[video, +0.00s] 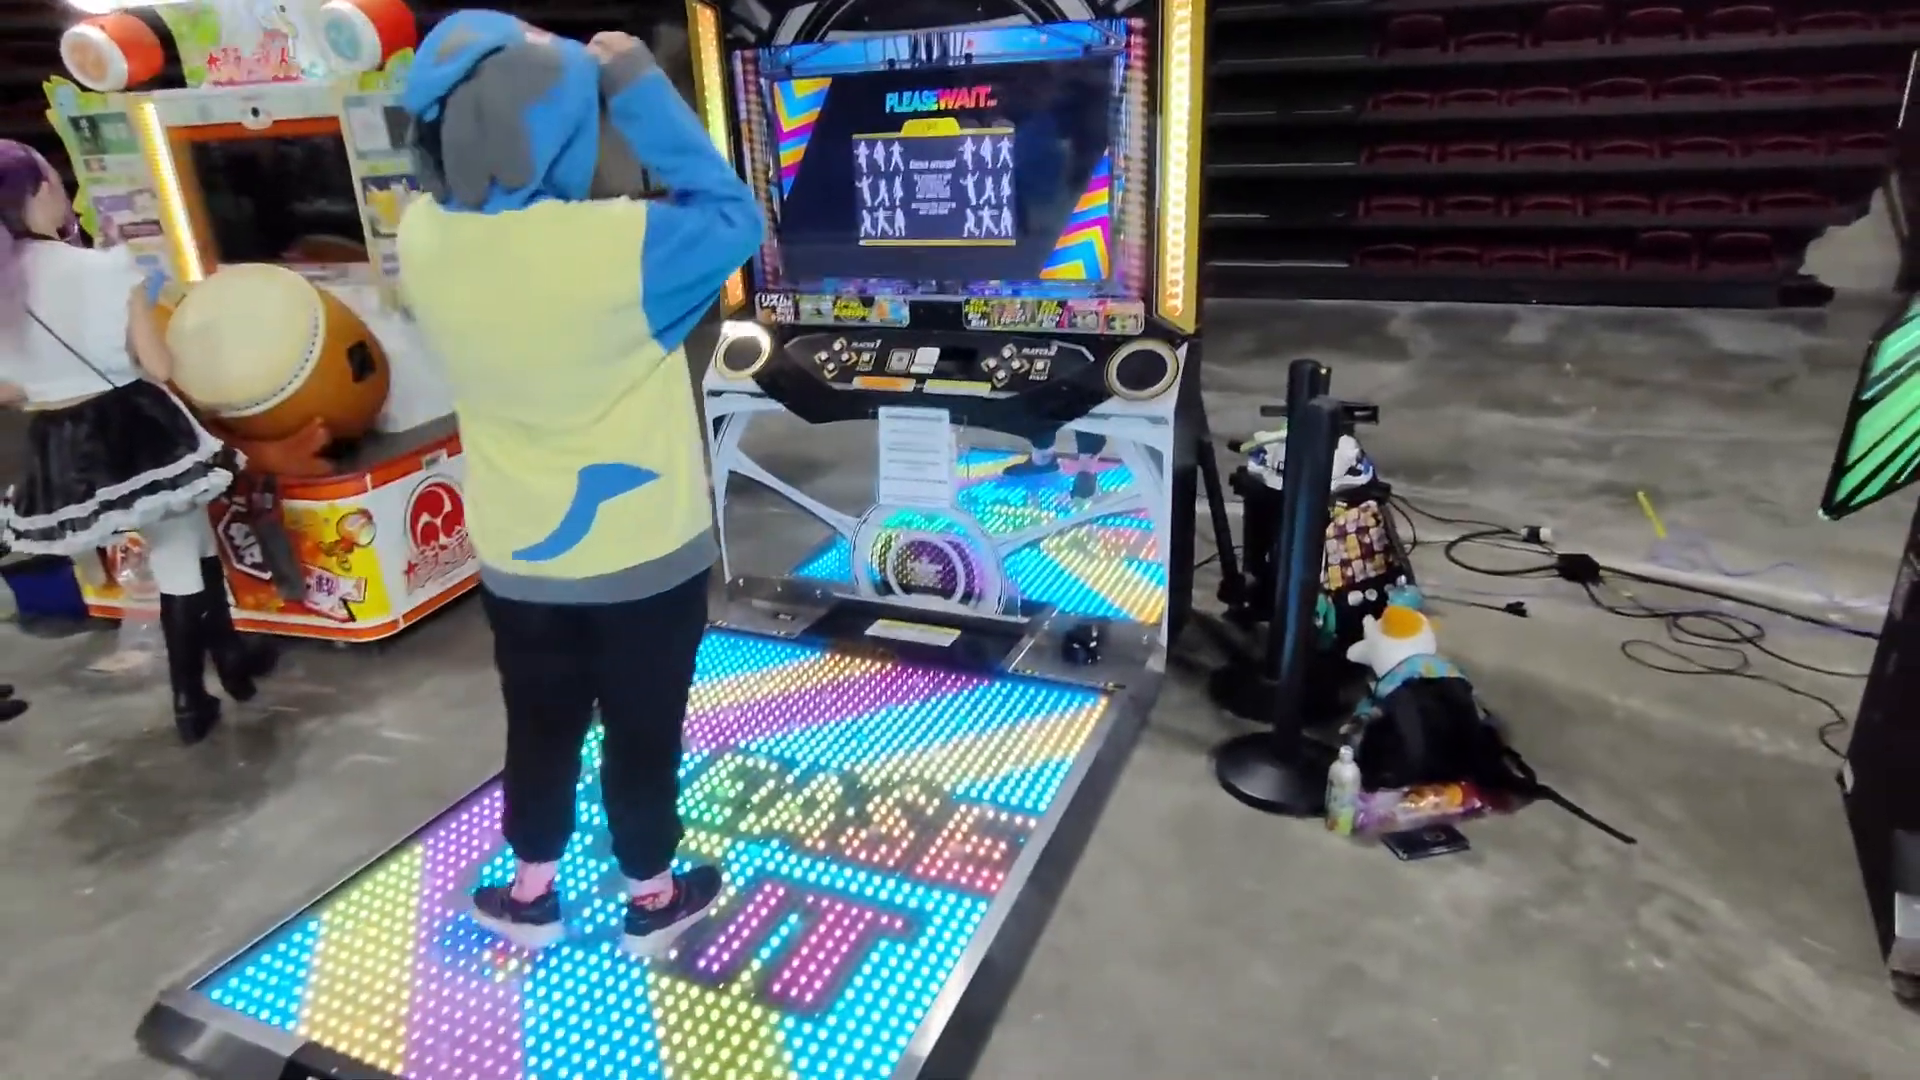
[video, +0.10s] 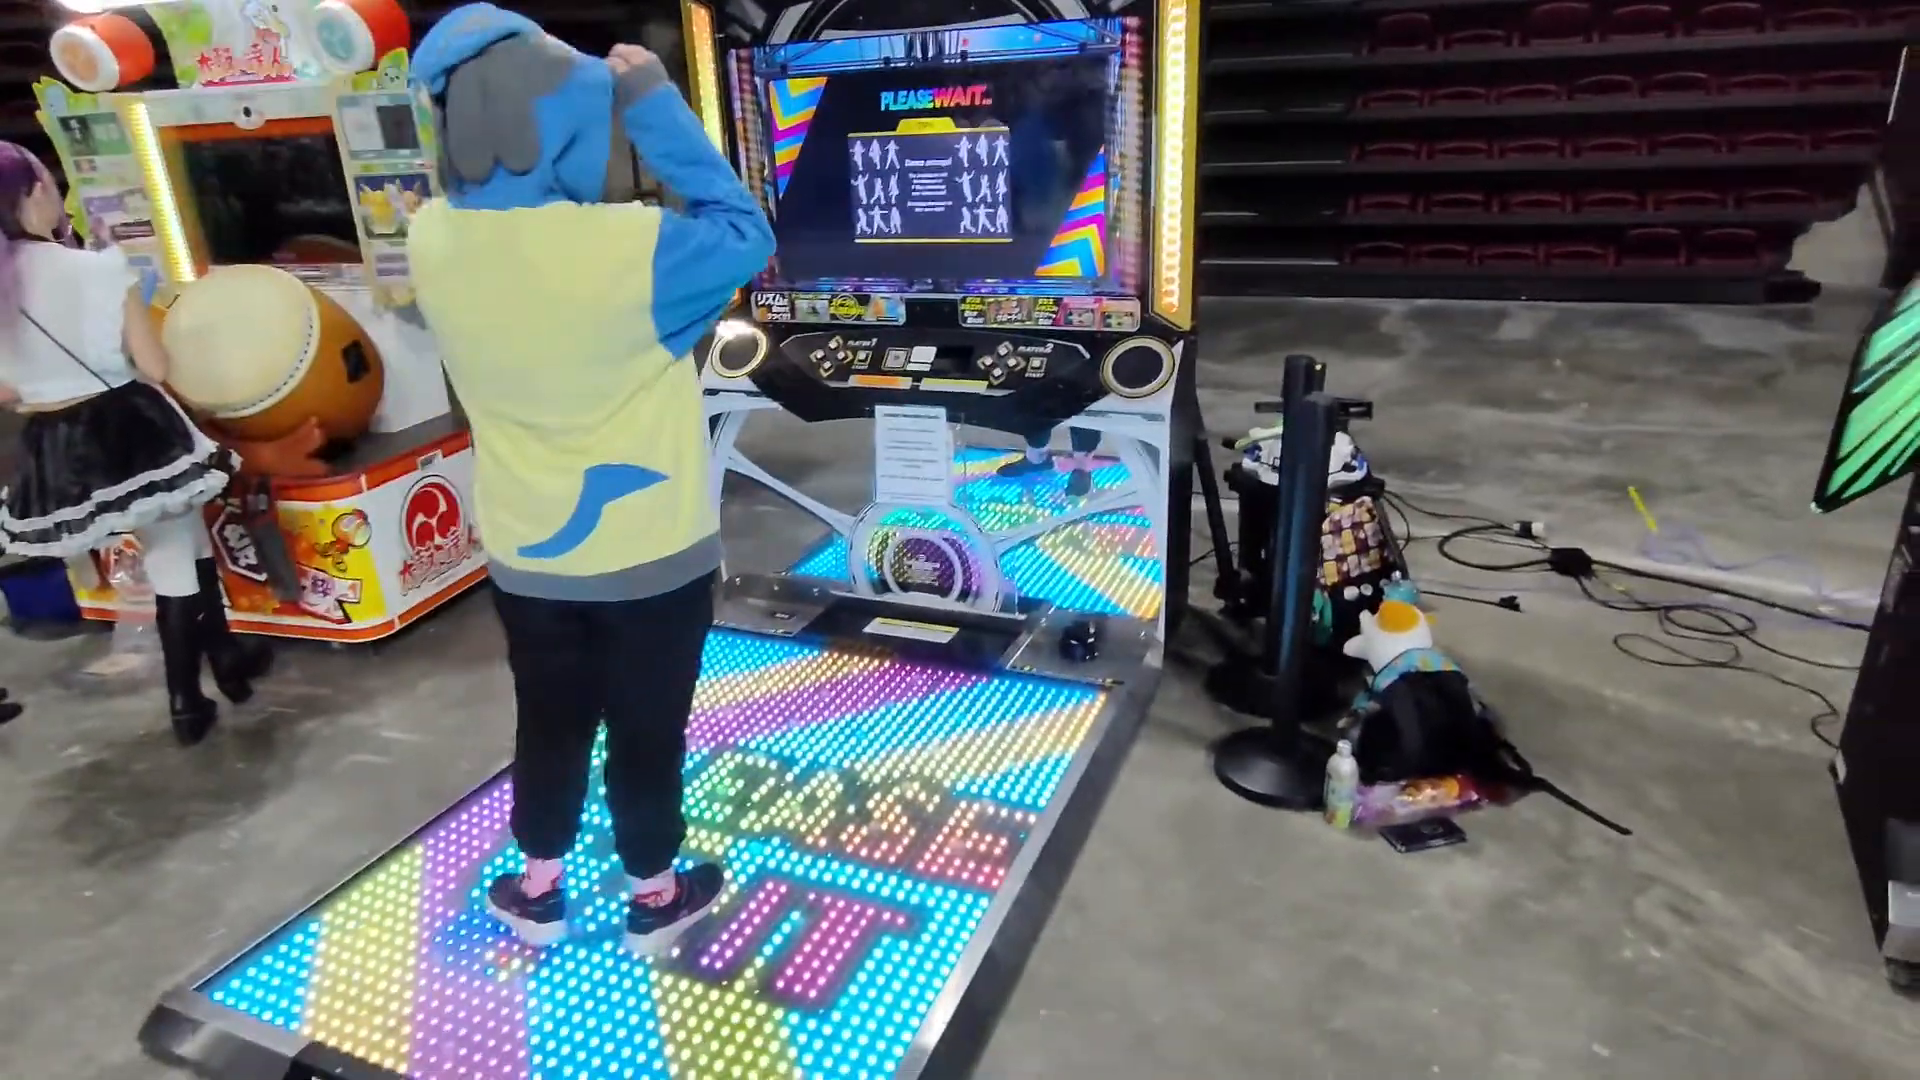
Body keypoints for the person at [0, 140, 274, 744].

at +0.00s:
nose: (65, 195)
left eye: (59, 184)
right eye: (57, 185)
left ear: (11, 204)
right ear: (33, 196)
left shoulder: (5, 283)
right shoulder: (106, 267)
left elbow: (10, 389)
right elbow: (156, 365)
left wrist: (58, 386)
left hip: (62, 440)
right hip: (134, 426)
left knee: (181, 533)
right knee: (175, 550)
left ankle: (233, 654)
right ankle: (190, 702)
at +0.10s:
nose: (59, 198)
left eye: (53, 188)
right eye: (52, 188)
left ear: (7, 203)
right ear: (30, 195)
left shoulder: (3, 284)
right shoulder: (100, 269)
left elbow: (7, 390)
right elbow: (152, 366)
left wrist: (53, 388)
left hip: (58, 442)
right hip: (129, 429)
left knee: (176, 538)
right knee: (170, 554)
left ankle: (229, 659)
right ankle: (186, 704)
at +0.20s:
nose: (49, 204)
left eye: (43, 192)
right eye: (42, 193)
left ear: (6, 202)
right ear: (21, 198)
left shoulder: (5, 278)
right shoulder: (87, 272)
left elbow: (11, 389)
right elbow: (144, 369)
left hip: (37, 445)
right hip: (112, 433)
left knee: (169, 536)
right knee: (163, 553)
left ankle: (218, 661)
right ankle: (178, 708)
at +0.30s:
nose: (35, 203)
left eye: (29, 190)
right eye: (29, 191)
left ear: (3, 197)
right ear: (10, 196)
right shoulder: (80, 276)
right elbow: (134, 374)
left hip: (22, 456)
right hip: (102, 444)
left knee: (157, 533)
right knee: (152, 554)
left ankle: (210, 666)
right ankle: (167, 711)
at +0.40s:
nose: (25, 202)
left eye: (20, 189)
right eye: (19, 190)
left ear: (3, 195)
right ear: (5, 197)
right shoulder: (72, 278)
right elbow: (127, 376)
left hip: (17, 458)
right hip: (92, 447)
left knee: (147, 536)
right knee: (143, 555)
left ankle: (202, 670)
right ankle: (157, 714)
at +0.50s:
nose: (16, 199)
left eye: (12, 185)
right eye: (11, 186)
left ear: (3, 194)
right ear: (2, 198)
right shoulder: (64, 279)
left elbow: (116, 372)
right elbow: (121, 378)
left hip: (14, 465)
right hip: (88, 452)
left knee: (139, 536)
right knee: (136, 551)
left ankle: (194, 672)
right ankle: (151, 715)